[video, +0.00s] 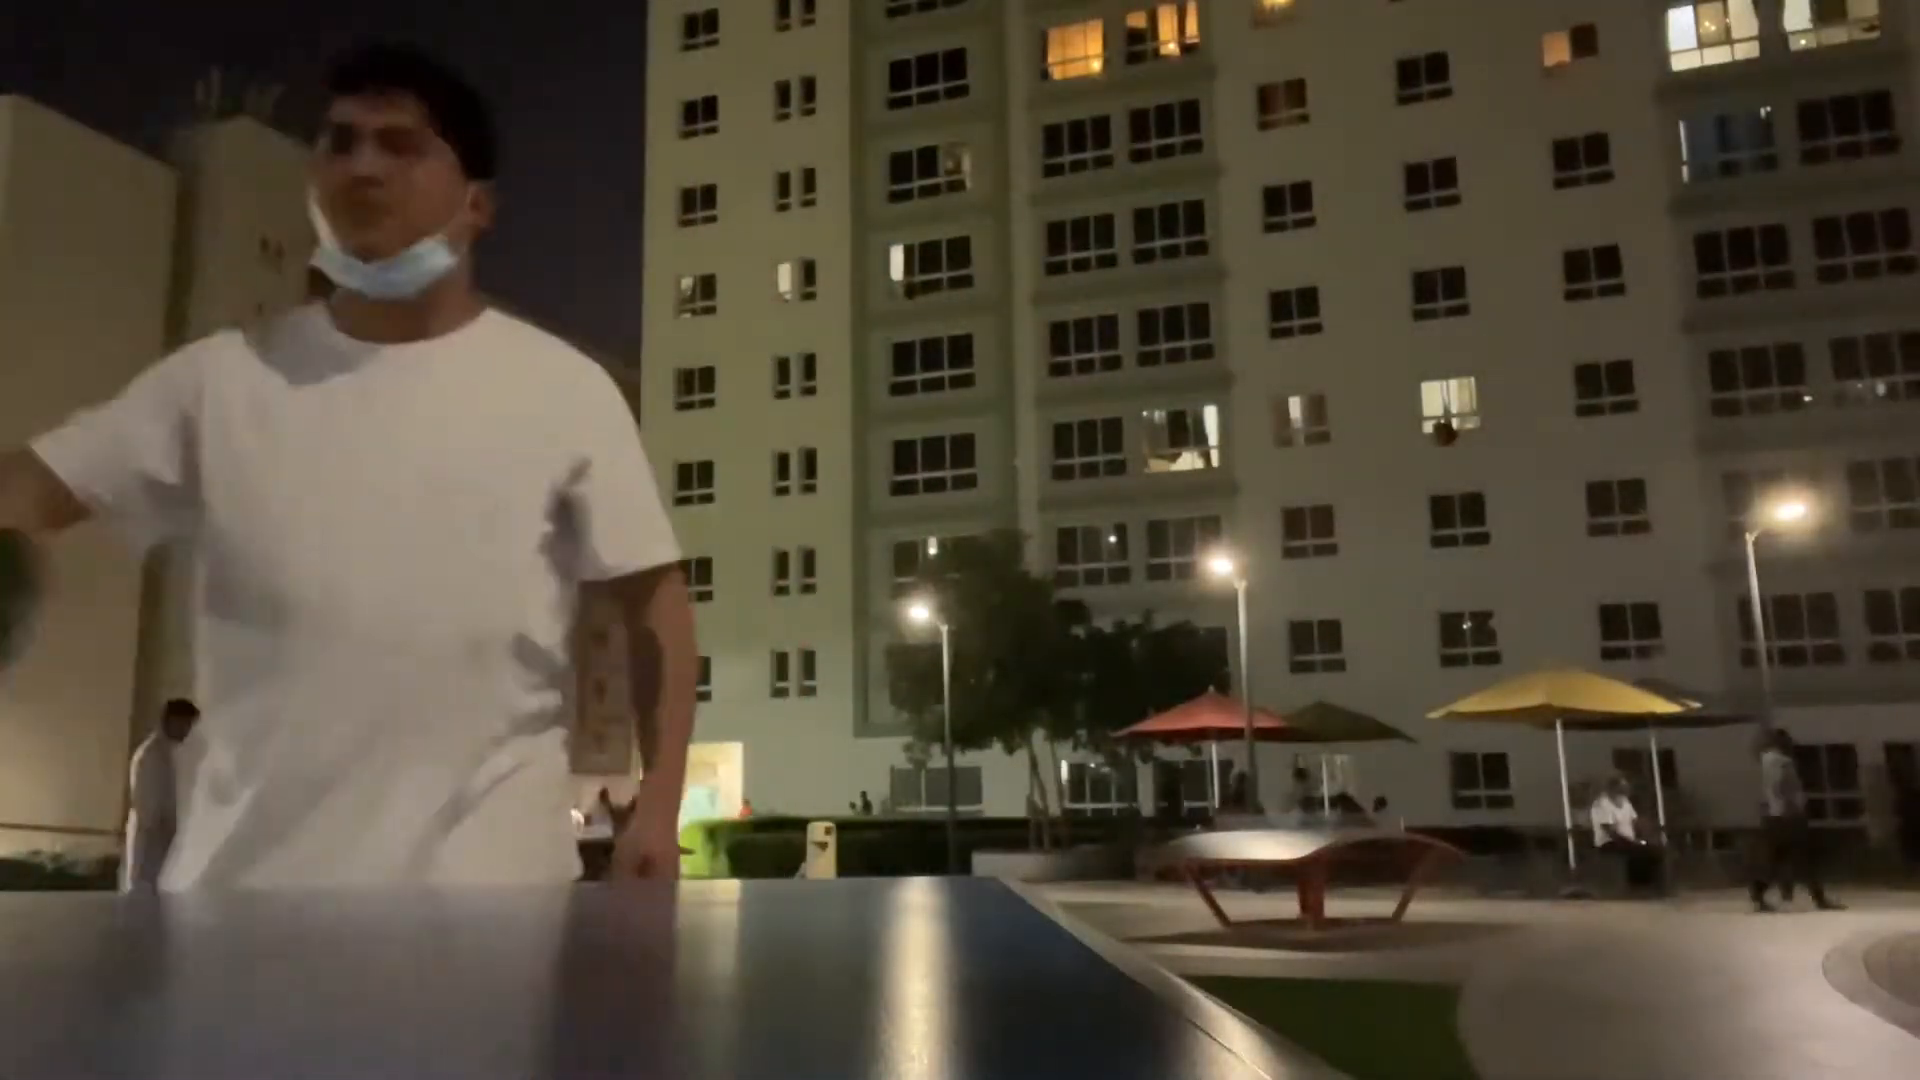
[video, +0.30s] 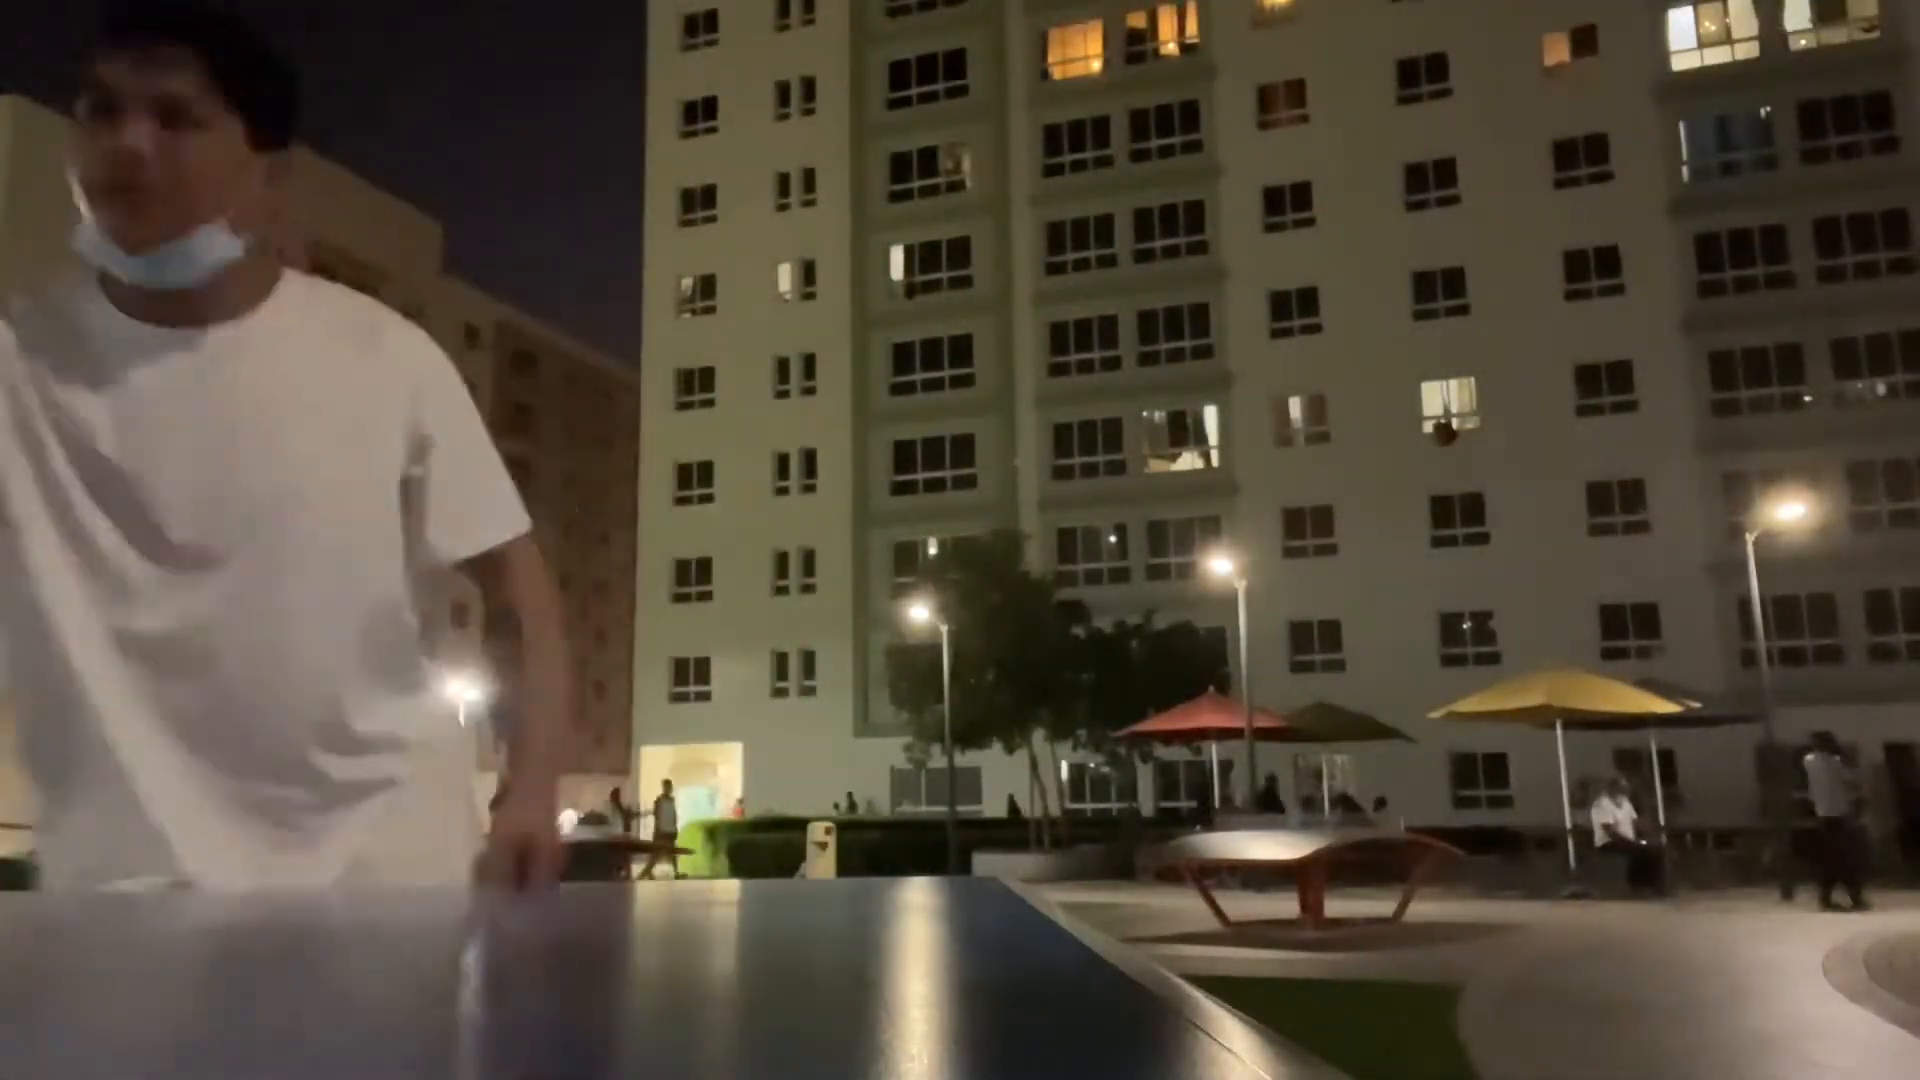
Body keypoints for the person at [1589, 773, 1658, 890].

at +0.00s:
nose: (1622, 796)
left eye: (1624, 793)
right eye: (1620, 793)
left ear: (1625, 792)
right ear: (1613, 790)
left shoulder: (1624, 801)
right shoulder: (1602, 804)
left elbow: (1634, 820)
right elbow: (1609, 830)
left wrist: (1641, 836)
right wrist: (1631, 841)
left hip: (1629, 839)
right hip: (1609, 842)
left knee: (1654, 850)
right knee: (1640, 853)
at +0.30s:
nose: (1622, 798)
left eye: (1624, 794)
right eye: (1620, 794)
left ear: (1625, 793)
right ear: (1613, 792)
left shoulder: (1624, 801)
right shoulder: (1602, 804)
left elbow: (1635, 820)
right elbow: (1609, 829)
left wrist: (1645, 835)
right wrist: (1632, 842)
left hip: (1628, 839)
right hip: (1608, 842)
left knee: (1652, 850)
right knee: (1639, 852)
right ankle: (1638, 888)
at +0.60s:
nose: (1624, 792)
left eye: (1625, 788)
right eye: (1621, 788)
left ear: (1626, 788)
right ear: (1613, 789)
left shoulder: (1624, 801)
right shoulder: (1602, 804)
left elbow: (1634, 820)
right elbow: (1608, 829)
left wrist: (1640, 837)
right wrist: (1633, 842)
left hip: (1628, 840)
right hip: (1609, 843)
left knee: (1651, 851)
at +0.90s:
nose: (1625, 790)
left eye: (1626, 787)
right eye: (1622, 788)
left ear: (1627, 787)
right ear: (1613, 788)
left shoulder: (1624, 800)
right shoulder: (1602, 803)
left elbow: (1634, 820)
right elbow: (1608, 828)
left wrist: (1639, 837)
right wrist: (1632, 842)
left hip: (1628, 840)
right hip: (1609, 844)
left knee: (1652, 850)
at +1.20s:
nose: (1625, 791)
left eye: (1625, 788)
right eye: (1621, 788)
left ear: (1627, 788)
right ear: (1613, 789)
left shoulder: (1624, 801)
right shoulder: (1602, 804)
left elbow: (1633, 820)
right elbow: (1608, 828)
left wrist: (1636, 837)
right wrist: (1629, 841)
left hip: (1628, 840)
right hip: (1608, 843)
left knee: (1651, 851)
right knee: (1637, 853)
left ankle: (1651, 885)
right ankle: (1636, 886)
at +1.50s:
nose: (1622, 793)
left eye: (1624, 790)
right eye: (1620, 790)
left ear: (1625, 790)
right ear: (1612, 789)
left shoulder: (1624, 802)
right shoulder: (1602, 804)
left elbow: (1634, 821)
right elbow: (1609, 829)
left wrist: (1639, 837)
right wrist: (1632, 842)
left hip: (1628, 840)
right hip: (1609, 843)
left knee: (1652, 851)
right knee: (1638, 853)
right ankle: (1636, 886)